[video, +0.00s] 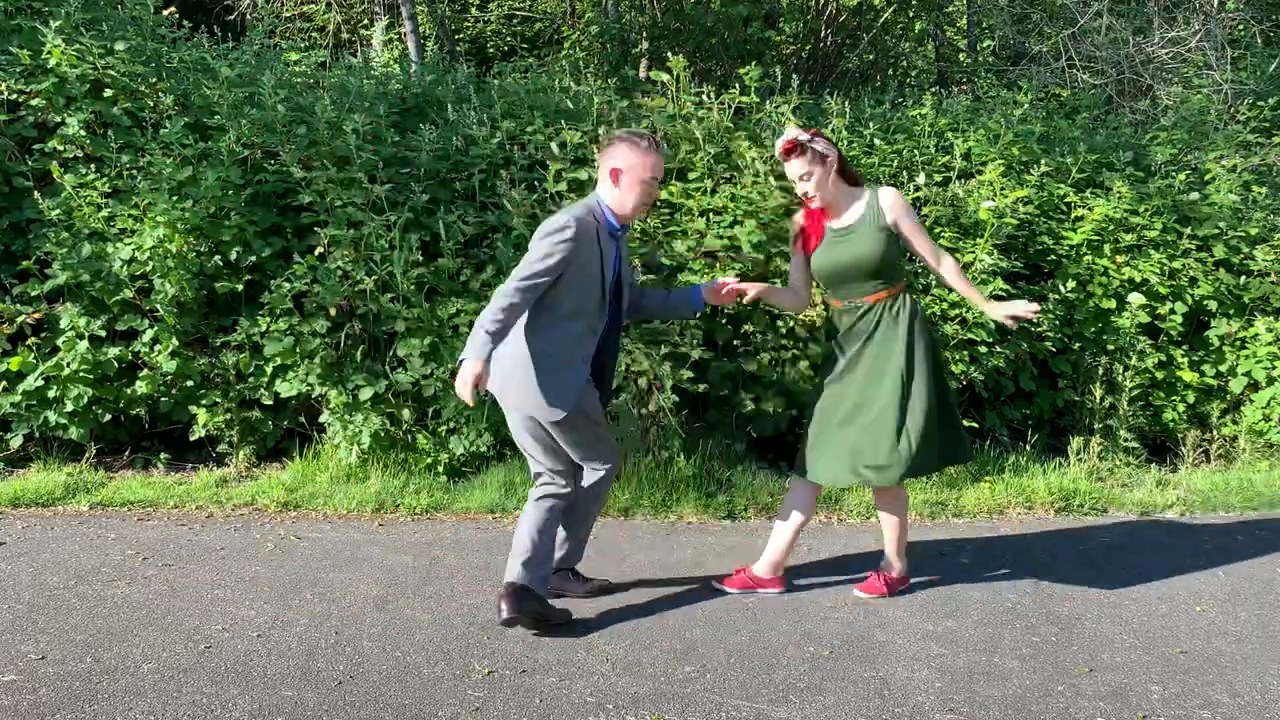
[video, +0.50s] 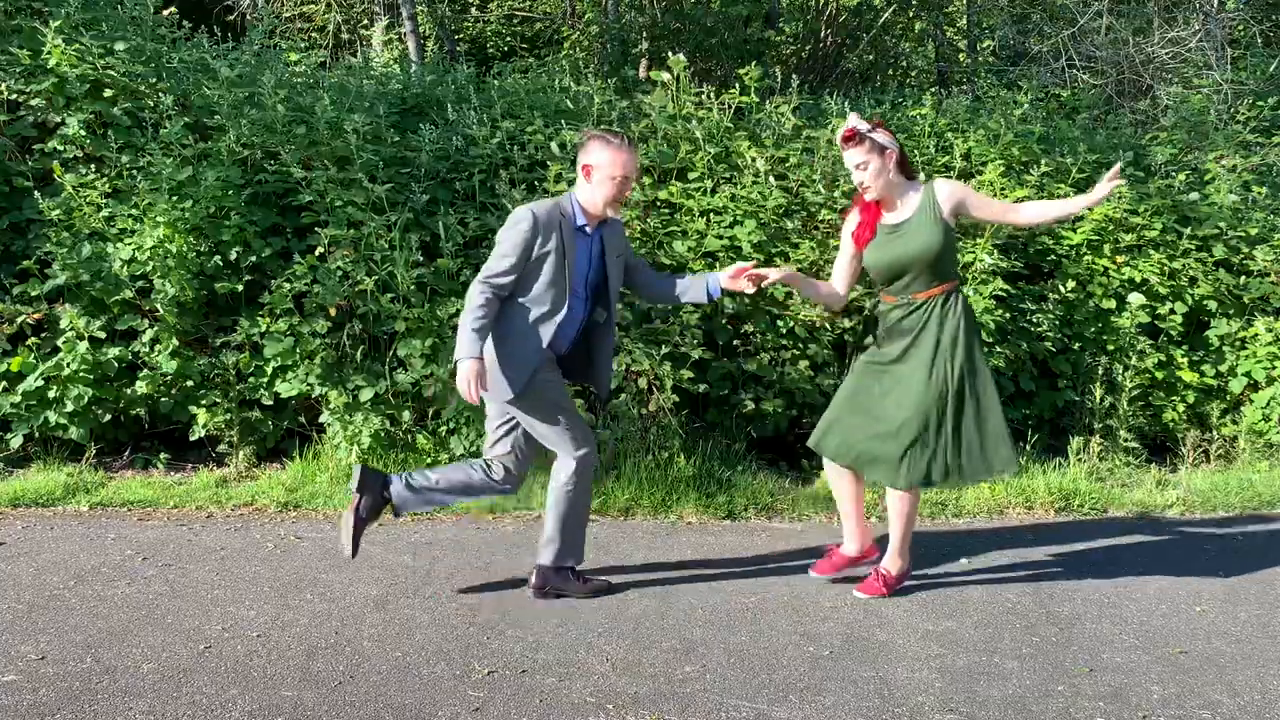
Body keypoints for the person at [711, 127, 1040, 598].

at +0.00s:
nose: (800, 190)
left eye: (804, 178)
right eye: (794, 182)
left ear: (831, 163)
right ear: (794, 180)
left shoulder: (884, 202)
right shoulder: (807, 222)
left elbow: (940, 261)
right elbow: (797, 298)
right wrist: (760, 290)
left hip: (894, 334)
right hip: (849, 342)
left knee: (882, 451)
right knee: (819, 448)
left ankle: (897, 567)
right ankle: (768, 567)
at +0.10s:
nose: (816, 191)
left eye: (820, 179)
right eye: (809, 184)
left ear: (846, 165)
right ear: (807, 184)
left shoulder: (899, 204)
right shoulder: (818, 230)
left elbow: (957, 237)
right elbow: (807, 306)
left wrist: (1012, 257)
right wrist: (764, 295)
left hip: (910, 337)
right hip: (863, 347)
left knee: (893, 448)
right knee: (828, 452)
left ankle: (896, 565)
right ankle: (775, 564)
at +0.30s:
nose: (838, 194)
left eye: (844, 181)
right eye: (831, 187)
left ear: (870, 168)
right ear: (828, 187)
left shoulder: (920, 205)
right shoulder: (840, 234)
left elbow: (986, 225)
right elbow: (830, 310)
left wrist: (1048, 224)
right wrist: (787, 307)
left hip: (930, 338)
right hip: (884, 349)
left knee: (894, 451)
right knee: (843, 451)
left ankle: (896, 566)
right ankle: (784, 566)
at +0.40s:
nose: (848, 189)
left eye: (853, 177)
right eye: (842, 183)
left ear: (880, 165)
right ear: (841, 186)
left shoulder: (930, 203)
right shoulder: (850, 231)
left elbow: (1002, 222)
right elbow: (835, 307)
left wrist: (1072, 217)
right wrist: (791, 302)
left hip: (933, 336)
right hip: (881, 343)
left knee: (898, 448)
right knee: (838, 446)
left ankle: (896, 563)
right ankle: (798, 562)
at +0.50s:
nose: (857, 176)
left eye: (863, 164)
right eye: (851, 169)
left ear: (891, 156)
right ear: (851, 173)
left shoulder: (941, 195)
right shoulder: (860, 220)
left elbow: (1019, 213)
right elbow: (835, 295)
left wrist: (1089, 198)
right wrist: (793, 277)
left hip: (940, 327)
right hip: (890, 333)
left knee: (906, 444)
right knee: (836, 441)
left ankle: (896, 561)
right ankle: (856, 542)